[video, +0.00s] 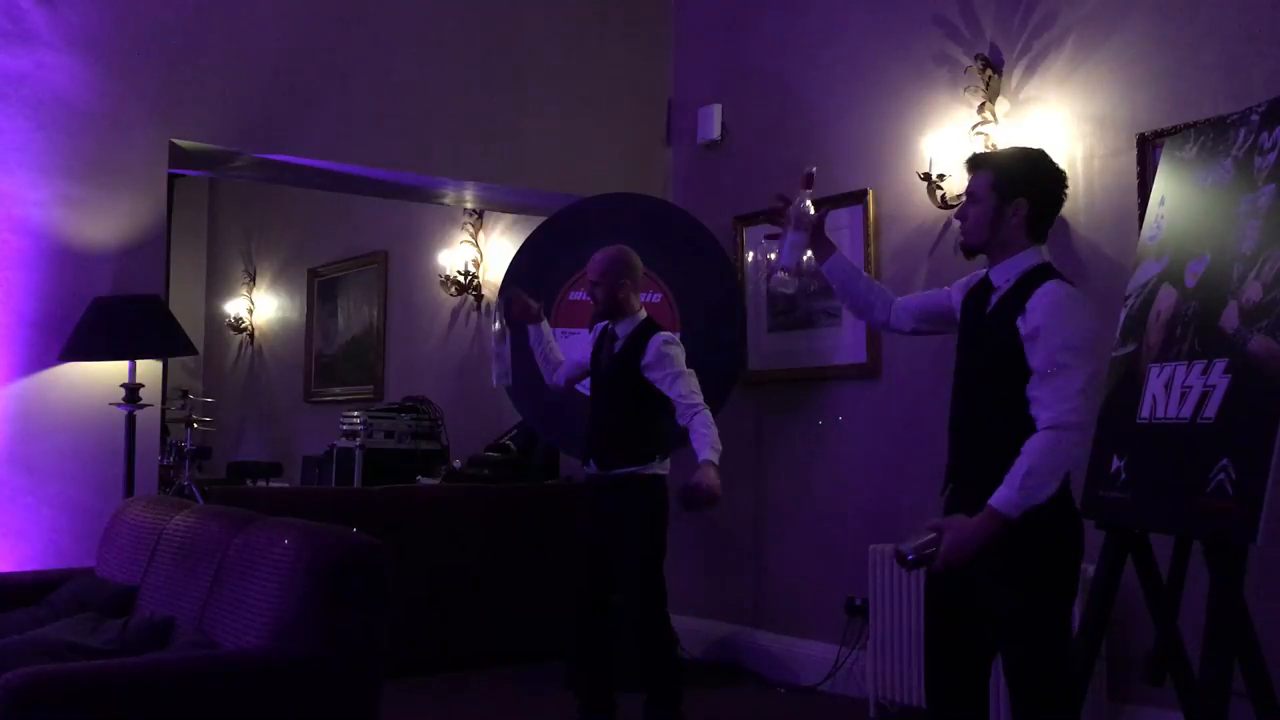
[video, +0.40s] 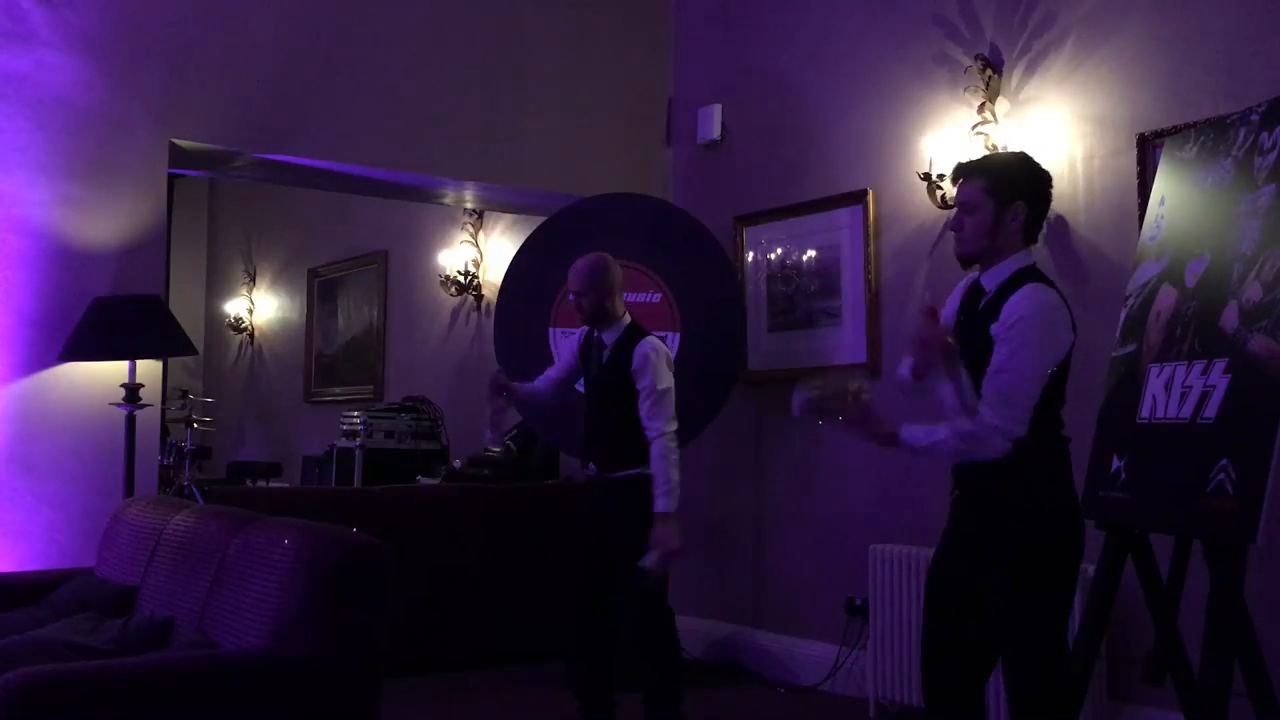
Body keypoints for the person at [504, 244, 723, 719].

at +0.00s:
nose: (588, 292)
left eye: (597, 284)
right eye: (588, 284)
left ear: (626, 287)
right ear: (606, 288)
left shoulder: (658, 343)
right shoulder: (598, 337)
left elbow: (693, 406)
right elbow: (558, 374)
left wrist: (708, 462)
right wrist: (537, 323)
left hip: (641, 487)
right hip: (601, 485)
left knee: (643, 602)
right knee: (597, 598)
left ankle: (661, 705)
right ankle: (596, 702)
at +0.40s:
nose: (573, 303)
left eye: (580, 295)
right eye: (572, 295)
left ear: (608, 295)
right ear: (581, 297)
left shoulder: (648, 351)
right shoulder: (584, 344)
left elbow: (663, 436)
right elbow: (546, 389)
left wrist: (665, 515)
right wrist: (514, 389)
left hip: (636, 494)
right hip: (595, 491)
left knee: (645, 607)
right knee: (594, 602)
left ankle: (662, 705)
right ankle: (595, 702)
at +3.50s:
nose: (651, 283)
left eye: (659, 276)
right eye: (643, 275)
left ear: (669, 283)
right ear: (627, 284)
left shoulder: (685, 342)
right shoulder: (605, 338)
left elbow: (701, 416)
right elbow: (588, 403)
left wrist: (686, 352)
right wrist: (581, 428)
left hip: (659, 489)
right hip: (606, 487)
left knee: (659, 600)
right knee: (597, 598)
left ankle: (675, 704)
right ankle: (593, 703)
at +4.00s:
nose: (623, 306)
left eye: (632, 297)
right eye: (617, 298)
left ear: (655, 298)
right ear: (609, 303)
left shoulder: (680, 352)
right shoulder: (612, 359)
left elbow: (625, 423)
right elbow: (605, 438)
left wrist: (553, 417)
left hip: (677, 498)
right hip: (632, 496)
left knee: (663, 608)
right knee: (606, 601)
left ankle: (681, 708)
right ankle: (592, 705)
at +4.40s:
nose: (614, 292)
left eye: (623, 284)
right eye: (607, 284)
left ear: (643, 290)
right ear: (600, 290)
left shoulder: (666, 343)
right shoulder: (593, 349)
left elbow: (684, 398)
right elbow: (578, 428)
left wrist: (688, 440)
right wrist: (560, 395)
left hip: (656, 492)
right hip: (606, 492)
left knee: (658, 603)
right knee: (598, 601)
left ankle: (678, 705)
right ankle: (589, 703)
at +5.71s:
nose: (579, 303)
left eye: (589, 295)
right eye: (575, 295)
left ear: (612, 300)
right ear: (569, 298)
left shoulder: (633, 358)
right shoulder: (550, 352)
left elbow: (686, 410)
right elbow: (503, 405)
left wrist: (730, 472)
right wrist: (483, 378)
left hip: (605, 498)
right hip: (550, 497)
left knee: (621, 605)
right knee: (560, 609)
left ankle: (646, 702)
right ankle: (572, 704)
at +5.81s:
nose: (572, 303)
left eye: (581, 294)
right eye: (566, 295)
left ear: (605, 296)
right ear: (561, 299)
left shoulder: (628, 352)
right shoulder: (550, 350)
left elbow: (684, 399)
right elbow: (519, 411)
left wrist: (728, 457)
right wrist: (495, 400)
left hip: (605, 495)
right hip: (550, 495)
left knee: (621, 603)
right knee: (559, 608)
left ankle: (648, 704)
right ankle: (572, 704)